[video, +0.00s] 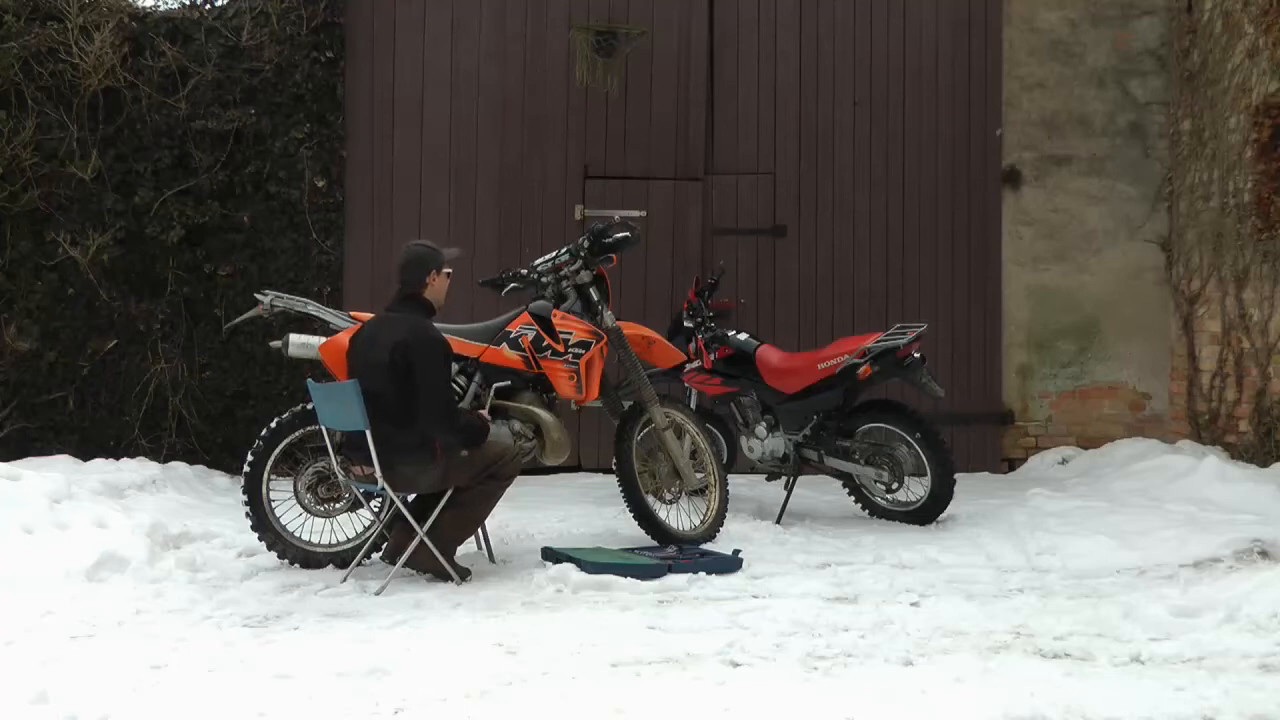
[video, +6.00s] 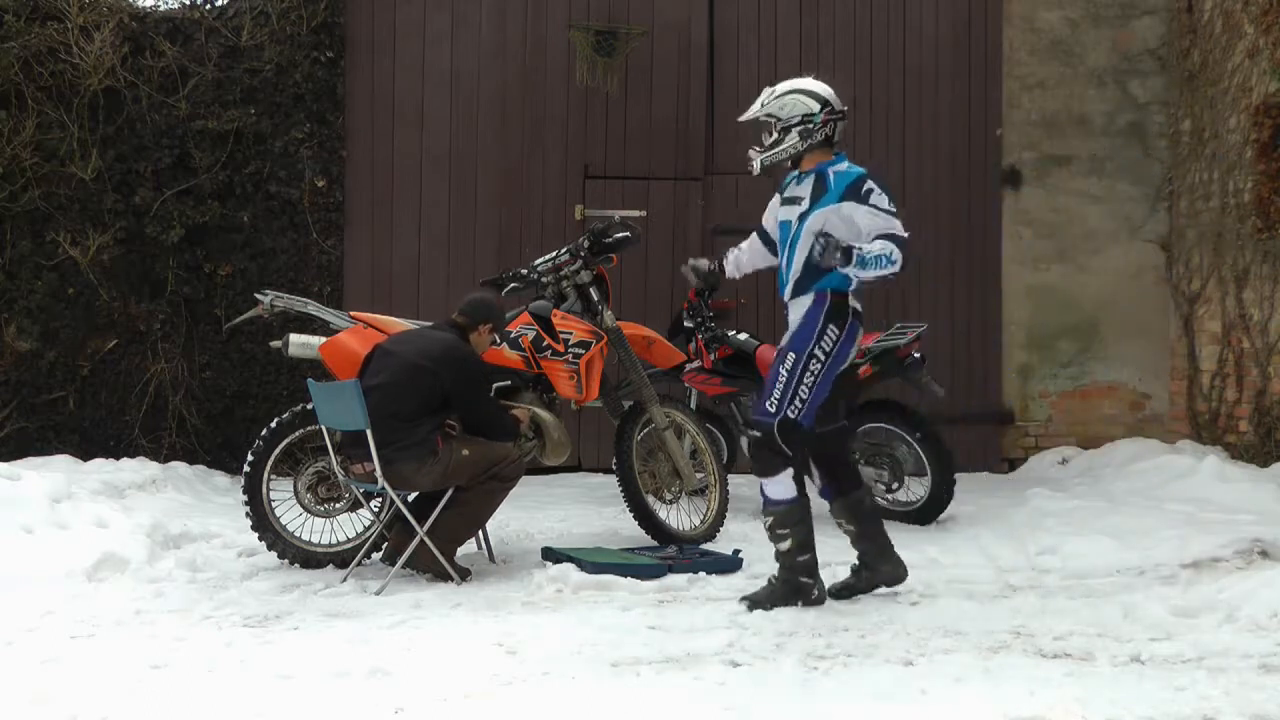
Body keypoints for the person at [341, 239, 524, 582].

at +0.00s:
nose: (448, 282)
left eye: (447, 275)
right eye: (445, 275)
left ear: (408, 279)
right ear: (430, 280)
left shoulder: (367, 332)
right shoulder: (427, 340)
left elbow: (376, 410)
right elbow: (443, 425)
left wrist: (452, 417)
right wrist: (477, 425)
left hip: (381, 462)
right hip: (414, 467)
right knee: (505, 454)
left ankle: (404, 539)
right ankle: (436, 548)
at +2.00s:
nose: (444, 308)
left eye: (446, 301)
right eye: (445, 299)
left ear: (406, 289)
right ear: (434, 294)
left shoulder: (362, 332)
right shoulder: (422, 342)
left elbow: (346, 391)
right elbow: (447, 420)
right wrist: (486, 419)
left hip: (363, 455)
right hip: (403, 465)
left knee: (464, 452)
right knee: (508, 453)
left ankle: (404, 542)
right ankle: (435, 550)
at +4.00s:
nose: (476, 339)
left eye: (479, 332)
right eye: (478, 330)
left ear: (442, 314)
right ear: (470, 323)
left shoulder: (391, 338)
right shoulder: (453, 353)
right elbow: (476, 429)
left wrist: (435, 424)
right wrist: (495, 434)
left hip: (356, 456)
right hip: (400, 463)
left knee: (463, 454)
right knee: (507, 462)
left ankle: (402, 543)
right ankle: (434, 552)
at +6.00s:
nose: (491, 346)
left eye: (494, 339)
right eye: (493, 337)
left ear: (458, 318)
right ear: (483, 329)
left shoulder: (404, 337)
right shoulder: (462, 358)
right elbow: (489, 427)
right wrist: (515, 419)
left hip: (357, 456)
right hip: (400, 461)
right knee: (508, 464)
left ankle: (402, 543)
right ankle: (435, 550)